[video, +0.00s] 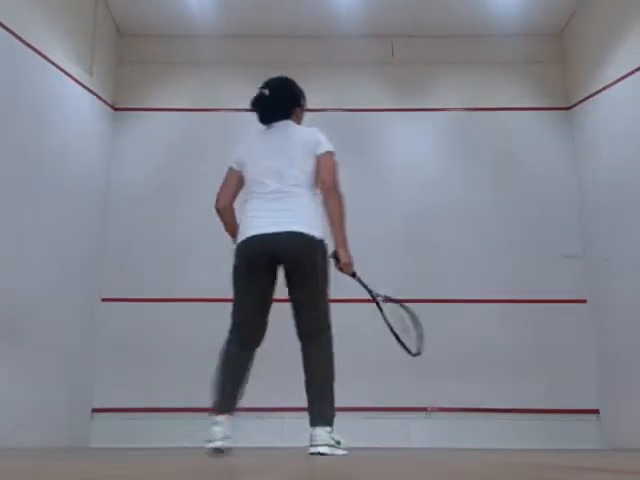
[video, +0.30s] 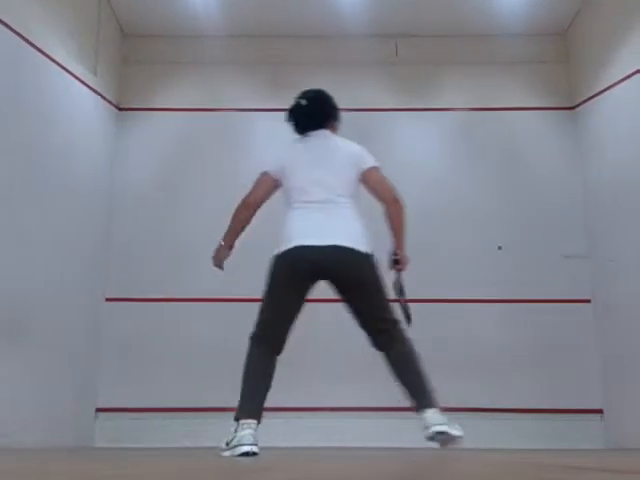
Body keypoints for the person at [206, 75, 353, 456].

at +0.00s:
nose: (304, 112)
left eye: (302, 107)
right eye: (303, 107)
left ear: (263, 111)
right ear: (297, 110)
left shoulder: (248, 145)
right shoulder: (313, 138)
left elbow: (223, 202)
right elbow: (329, 188)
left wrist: (241, 239)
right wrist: (342, 246)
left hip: (254, 242)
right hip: (303, 240)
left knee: (244, 332)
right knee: (315, 334)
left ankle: (221, 420)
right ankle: (322, 430)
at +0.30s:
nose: (337, 120)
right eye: (336, 114)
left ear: (296, 122)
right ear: (333, 120)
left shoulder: (288, 156)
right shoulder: (353, 151)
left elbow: (251, 201)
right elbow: (391, 199)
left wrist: (227, 243)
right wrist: (400, 248)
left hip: (296, 251)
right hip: (349, 251)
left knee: (267, 339)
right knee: (386, 332)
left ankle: (245, 428)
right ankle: (432, 414)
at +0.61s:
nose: (412, 132)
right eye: (410, 128)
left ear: (369, 134)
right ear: (404, 130)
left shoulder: (357, 168)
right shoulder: (421, 157)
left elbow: (331, 224)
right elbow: (465, 200)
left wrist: (317, 265)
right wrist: (488, 233)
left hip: (385, 255)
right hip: (437, 249)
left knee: (372, 343)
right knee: (472, 324)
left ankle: (366, 426)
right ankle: (496, 407)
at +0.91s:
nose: (538, 164)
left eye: (537, 160)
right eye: (537, 159)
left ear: (499, 160)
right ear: (530, 159)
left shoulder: (478, 192)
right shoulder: (531, 183)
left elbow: (443, 233)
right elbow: (590, 219)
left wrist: (407, 260)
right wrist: (638, 224)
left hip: (457, 280)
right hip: (498, 274)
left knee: (471, 372)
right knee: (568, 341)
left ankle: (414, 387)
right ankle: (581, 432)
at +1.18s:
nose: (564, 215)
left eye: (564, 210)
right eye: (563, 210)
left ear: (528, 209)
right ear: (557, 211)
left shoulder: (504, 233)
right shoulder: (558, 233)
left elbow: (468, 256)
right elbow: (590, 271)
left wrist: (429, 267)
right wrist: (628, 284)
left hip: (475, 305)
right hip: (513, 301)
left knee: (496, 362)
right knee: (560, 360)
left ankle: (501, 427)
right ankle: (579, 429)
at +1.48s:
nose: (537, 266)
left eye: (536, 262)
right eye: (536, 262)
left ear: (506, 258)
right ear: (531, 263)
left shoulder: (490, 275)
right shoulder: (537, 282)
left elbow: (460, 298)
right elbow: (552, 320)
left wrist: (433, 330)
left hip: (480, 319)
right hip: (518, 318)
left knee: (495, 379)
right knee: (538, 370)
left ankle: (515, 436)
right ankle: (550, 410)